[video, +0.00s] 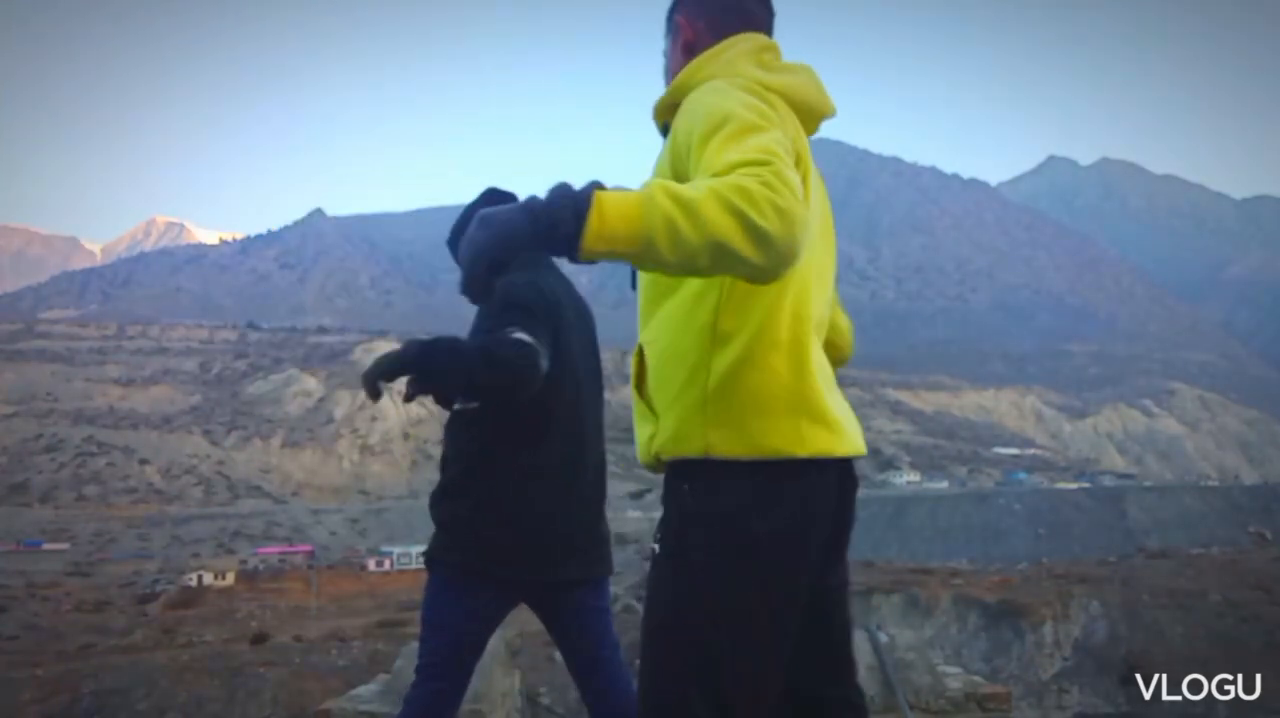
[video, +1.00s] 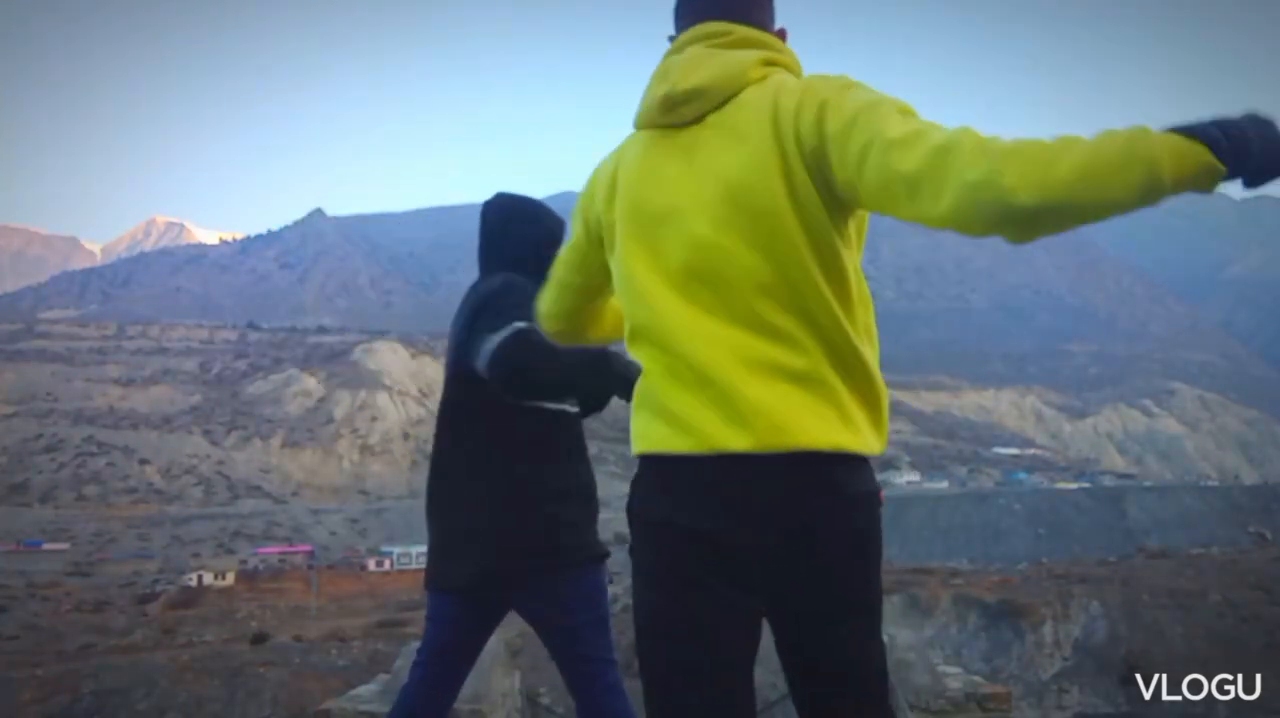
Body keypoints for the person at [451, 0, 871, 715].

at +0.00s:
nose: (665, 56)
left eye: (667, 38)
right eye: (667, 40)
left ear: (686, 34)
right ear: (756, 37)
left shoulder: (725, 100)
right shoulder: (781, 130)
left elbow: (762, 222)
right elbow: (830, 332)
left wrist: (556, 220)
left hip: (741, 469)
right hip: (804, 465)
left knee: (692, 695)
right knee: (814, 693)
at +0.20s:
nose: (712, 59)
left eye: (714, 49)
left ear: (723, 49)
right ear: (809, 56)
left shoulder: (687, 132)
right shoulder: (867, 160)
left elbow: (549, 237)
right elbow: (996, 289)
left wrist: (421, 253)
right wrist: (1029, 292)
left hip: (739, 494)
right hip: (872, 489)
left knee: (711, 701)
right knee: (890, 696)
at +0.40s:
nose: (837, 62)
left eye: (829, 52)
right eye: (837, 53)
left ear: (743, 49)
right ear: (827, 51)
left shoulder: (657, 175)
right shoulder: (850, 131)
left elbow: (597, 314)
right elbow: (1017, 210)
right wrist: (1217, 149)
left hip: (717, 491)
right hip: (858, 482)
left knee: (715, 707)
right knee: (887, 704)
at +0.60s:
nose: (823, 60)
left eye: (823, 45)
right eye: (824, 45)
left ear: (737, 41)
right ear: (811, 45)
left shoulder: (692, 149)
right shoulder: (770, 104)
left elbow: (796, 323)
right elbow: (740, 208)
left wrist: (926, 297)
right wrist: (887, 95)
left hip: (697, 467)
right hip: (814, 461)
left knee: (696, 699)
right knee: (857, 700)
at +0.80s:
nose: (795, 45)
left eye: (791, 33)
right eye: (794, 33)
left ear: (702, 37)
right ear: (787, 40)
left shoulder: (665, 150)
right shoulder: (761, 93)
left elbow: (738, 306)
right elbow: (731, 202)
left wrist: (870, 292)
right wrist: (870, 74)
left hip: (678, 475)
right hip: (802, 465)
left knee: (693, 703)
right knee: (847, 701)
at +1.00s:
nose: (785, 40)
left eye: (775, 35)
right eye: (782, 33)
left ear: (681, 40)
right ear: (769, 34)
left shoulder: (623, 166)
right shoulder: (809, 109)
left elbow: (564, 314)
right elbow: (990, 186)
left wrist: (646, 302)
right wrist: (1209, 149)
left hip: (679, 489)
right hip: (817, 480)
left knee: (692, 699)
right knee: (846, 697)